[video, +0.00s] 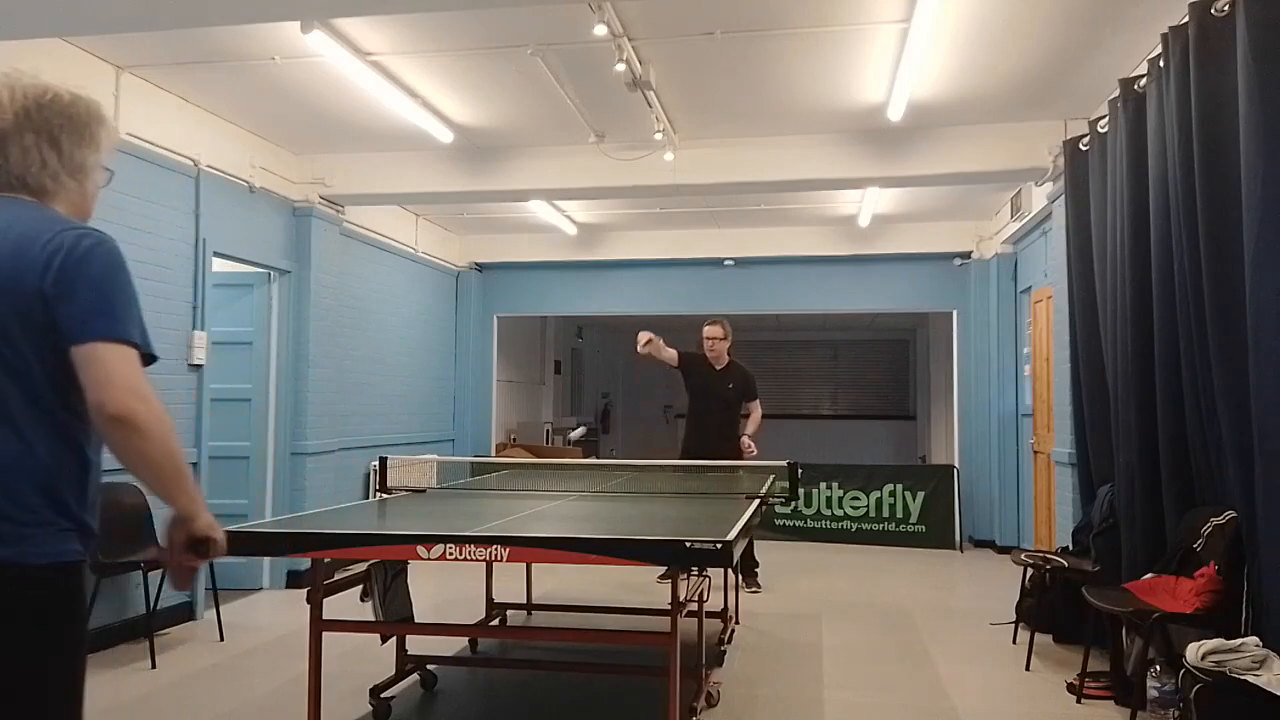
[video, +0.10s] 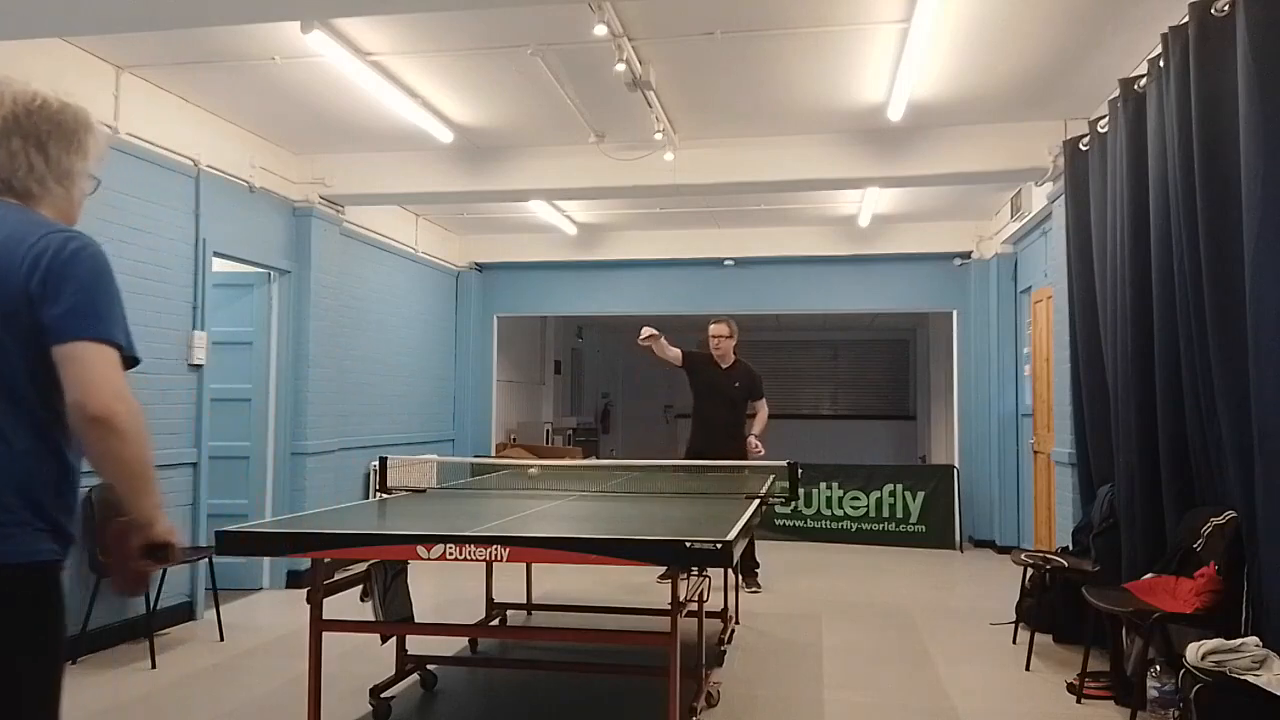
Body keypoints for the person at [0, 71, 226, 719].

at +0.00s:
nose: (102, 184)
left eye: (104, 169)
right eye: (98, 168)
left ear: (18, 160)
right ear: (62, 164)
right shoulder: (72, 249)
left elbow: (115, 401)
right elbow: (117, 403)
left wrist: (182, 511)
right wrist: (190, 509)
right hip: (33, 562)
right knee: (41, 706)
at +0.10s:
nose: (90, 194)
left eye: (93, 178)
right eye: (88, 176)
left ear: (11, 165)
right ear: (57, 170)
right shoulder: (58, 252)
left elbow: (94, 404)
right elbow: (97, 405)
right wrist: (147, 519)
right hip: (18, 558)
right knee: (26, 703)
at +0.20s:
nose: (75, 207)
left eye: (78, 193)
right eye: (74, 190)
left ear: (12, 175)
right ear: (44, 180)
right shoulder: (45, 260)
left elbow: (67, 412)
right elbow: (73, 413)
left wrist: (40, 546)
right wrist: (101, 531)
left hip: (13, 554)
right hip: (7, 554)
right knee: (13, 704)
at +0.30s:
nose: (53, 212)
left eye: (58, 199)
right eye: (54, 197)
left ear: (6, 179)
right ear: (29, 184)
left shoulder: (28, 266)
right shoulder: (27, 264)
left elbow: (43, 419)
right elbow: (45, 420)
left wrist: (40, 541)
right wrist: (60, 536)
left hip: (4, 555)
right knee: (6, 701)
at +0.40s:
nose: (30, 211)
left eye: (34, 198)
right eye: (32, 196)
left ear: (11, 191)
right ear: (18, 190)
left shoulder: (22, 265)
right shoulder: (16, 264)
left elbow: (24, 419)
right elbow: (24, 419)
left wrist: (24, 542)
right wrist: (40, 535)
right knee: (9, 702)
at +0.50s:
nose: (17, 210)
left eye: (20, 198)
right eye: (18, 196)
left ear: (13, 191)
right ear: (6, 188)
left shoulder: (17, 265)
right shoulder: (11, 263)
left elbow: (20, 413)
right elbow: (18, 415)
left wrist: (41, 533)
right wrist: (44, 533)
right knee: (11, 699)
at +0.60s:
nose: (16, 212)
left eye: (19, 200)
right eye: (17, 199)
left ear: (6, 192)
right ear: (4, 192)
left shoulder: (14, 268)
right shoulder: (10, 264)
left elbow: (29, 407)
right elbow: (27, 408)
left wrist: (72, 512)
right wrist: (74, 513)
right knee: (7, 692)